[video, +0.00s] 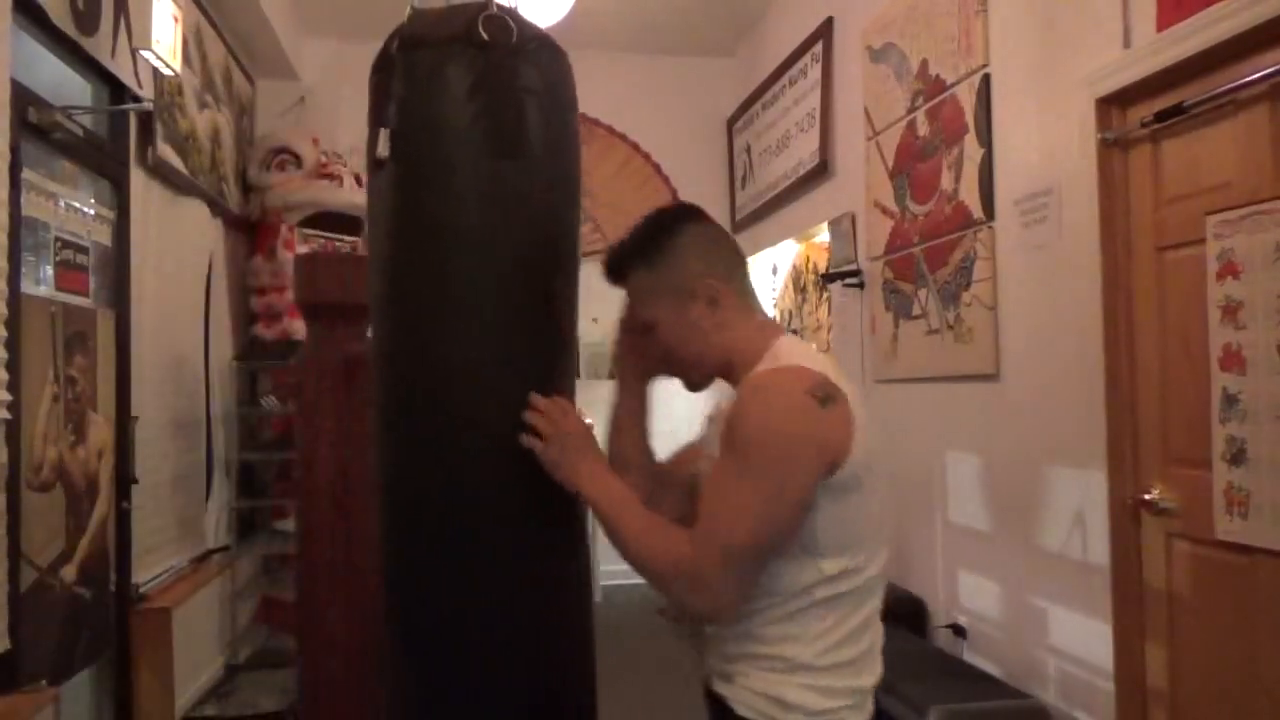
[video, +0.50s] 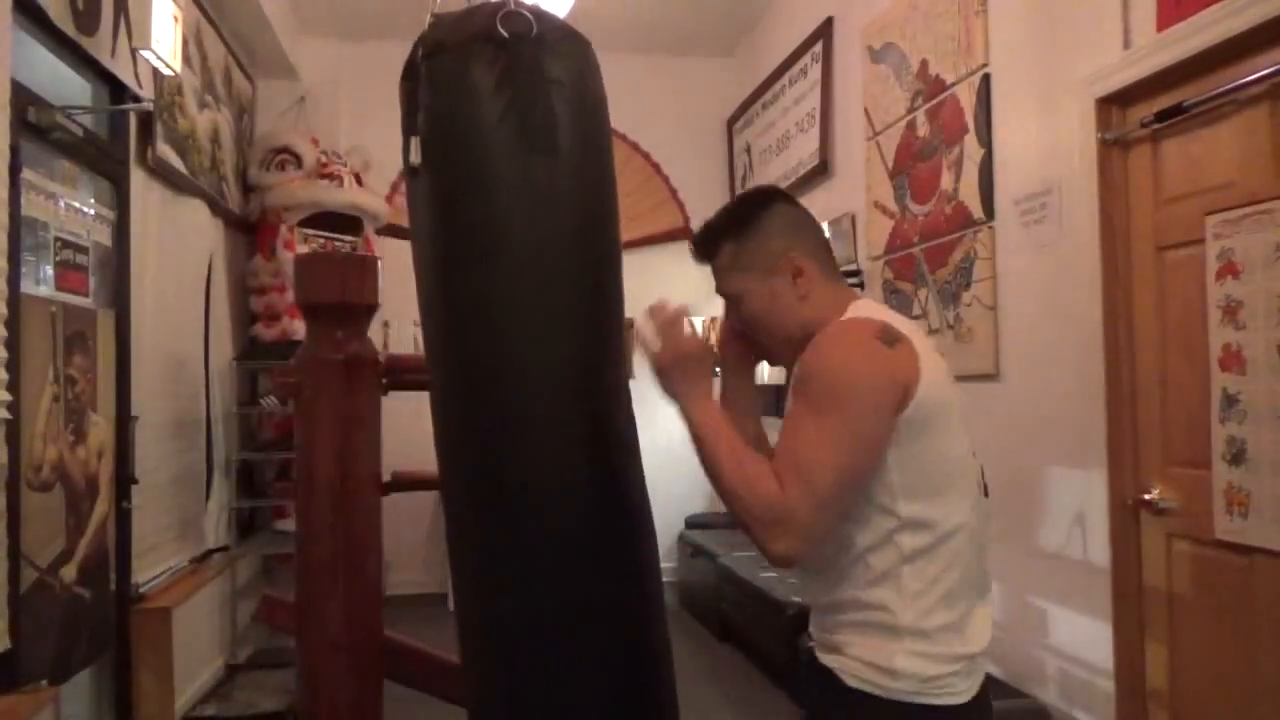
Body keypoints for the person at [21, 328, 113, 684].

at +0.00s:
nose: (71, 393)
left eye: (77, 384)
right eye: (65, 386)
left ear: (91, 388)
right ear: (59, 393)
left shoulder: (105, 432)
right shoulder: (61, 437)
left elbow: (105, 502)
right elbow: (38, 480)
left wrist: (76, 562)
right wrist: (45, 404)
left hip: (105, 546)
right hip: (75, 546)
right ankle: (58, 681)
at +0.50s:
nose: (69, 390)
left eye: (75, 381)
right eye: (64, 383)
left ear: (91, 382)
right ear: (60, 387)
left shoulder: (104, 431)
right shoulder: (62, 433)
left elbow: (104, 501)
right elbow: (38, 480)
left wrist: (76, 561)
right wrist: (45, 400)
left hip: (101, 550)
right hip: (72, 548)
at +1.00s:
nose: (70, 390)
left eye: (76, 381)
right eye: (65, 382)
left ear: (92, 383)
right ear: (60, 387)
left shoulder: (105, 431)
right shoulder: (62, 436)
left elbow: (105, 502)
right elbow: (37, 480)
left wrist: (76, 563)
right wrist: (45, 400)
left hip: (105, 545)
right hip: (76, 545)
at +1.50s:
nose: (69, 391)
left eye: (75, 381)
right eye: (64, 383)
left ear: (91, 385)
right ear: (60, 389)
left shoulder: (105, 431)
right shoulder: (62, 437)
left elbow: (105, 501)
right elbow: (38, 481)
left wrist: (76, 562)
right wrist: (46, 401)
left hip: (104, 551)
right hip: (74, 550)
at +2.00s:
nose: (69, 391)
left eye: (75, 382)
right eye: (64, 383)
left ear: (90, 384)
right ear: (60, 389)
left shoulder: (105, 432)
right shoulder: (62, 437)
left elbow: (104, 502)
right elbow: (39, 481)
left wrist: (76, 562)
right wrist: (46, 401)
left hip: (105, 548)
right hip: (75, 547)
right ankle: (56, 684)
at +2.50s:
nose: (70, 391)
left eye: (76, 381)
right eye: (64, 383)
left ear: (91, 385)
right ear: (60, 389)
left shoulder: (104, 431)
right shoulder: (63, 438)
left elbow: (105, 501)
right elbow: (38, 480)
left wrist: (76, 563)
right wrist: (47, 400)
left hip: (106, 548)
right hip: (76, 549)